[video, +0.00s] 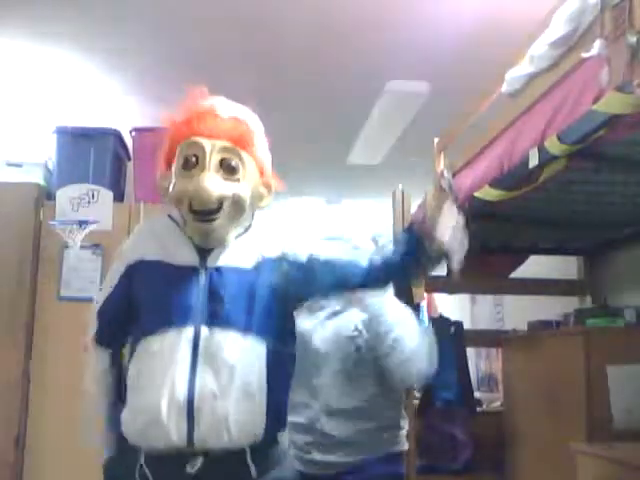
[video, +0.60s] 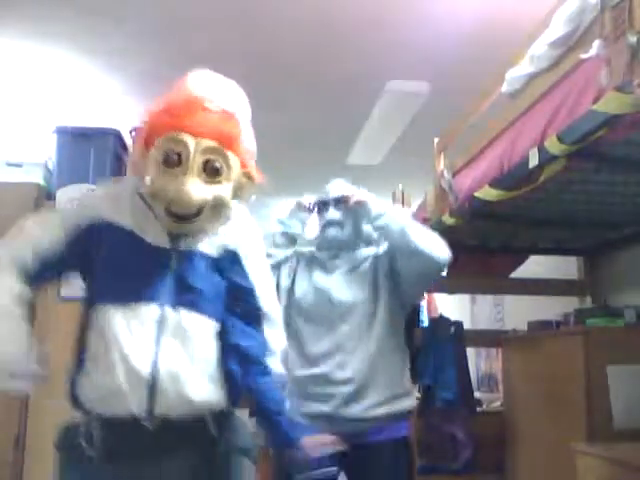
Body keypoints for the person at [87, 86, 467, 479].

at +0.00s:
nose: (207, 184)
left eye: (228, 168)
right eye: (190, 164)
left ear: (256, 190)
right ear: (169, 183)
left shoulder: (274, 271)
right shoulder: (143, 268)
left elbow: (368, 271)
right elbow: (107, 357)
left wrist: (422, 236)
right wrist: (114, 450)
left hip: (240, 464)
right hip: (148, 463)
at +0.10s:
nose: (207, 186)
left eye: (229, 167)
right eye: (190, 164)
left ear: (259, 188)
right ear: (170, 182)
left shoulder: (271, 267)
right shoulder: (144, 257)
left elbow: (355, 293)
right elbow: (97, 348)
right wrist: (91, 446)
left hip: (241, 465)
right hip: (149, 465)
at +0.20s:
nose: (209, 186)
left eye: (230, 169)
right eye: (191, 167)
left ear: (260, 186)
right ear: (170, 182)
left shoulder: (273, 259)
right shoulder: (145, 249)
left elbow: (343, 314)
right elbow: (96, 350)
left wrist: (405, 331)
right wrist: (73, 450)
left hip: (247, 466)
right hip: (149, 465)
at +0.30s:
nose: (207, 188)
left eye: (229, 168)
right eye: (188, 166)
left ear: (260, 186)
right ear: (167, 184)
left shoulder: (270, 257)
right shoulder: (145, 248)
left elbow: (318, 341)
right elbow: (93, 350)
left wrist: (395, 379)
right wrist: (78, 450)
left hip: (247, 463)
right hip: (150, 462)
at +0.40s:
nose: (192, 191)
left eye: (216, 172)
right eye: (176, 167)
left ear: (249, 188)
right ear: (154, 178)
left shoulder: (254, 257)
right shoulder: (122, 242)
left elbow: (281, 361)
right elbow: (42, 315)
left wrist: (345, 435)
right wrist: (81, 429)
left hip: (230, 459)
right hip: (134, 458)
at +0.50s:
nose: (188, 194)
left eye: (213, 174)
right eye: (173, 166)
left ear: (244, 190)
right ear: (149, 174)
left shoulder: (241, 252)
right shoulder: (113, 230)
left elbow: (265, 359)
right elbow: (21, 290)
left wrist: (319, 438)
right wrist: (54, 399)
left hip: (211, 452)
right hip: (121, 450)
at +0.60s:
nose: (188, 187)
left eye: (212, 169)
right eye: (173, 159)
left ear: (236, 182)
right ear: (144, 158)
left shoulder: (235, 242)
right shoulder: (98, 217)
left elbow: (252, 354)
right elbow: (13, 264)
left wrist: (293, 435)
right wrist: (17, 364)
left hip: (201, 446)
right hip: (107, 445)